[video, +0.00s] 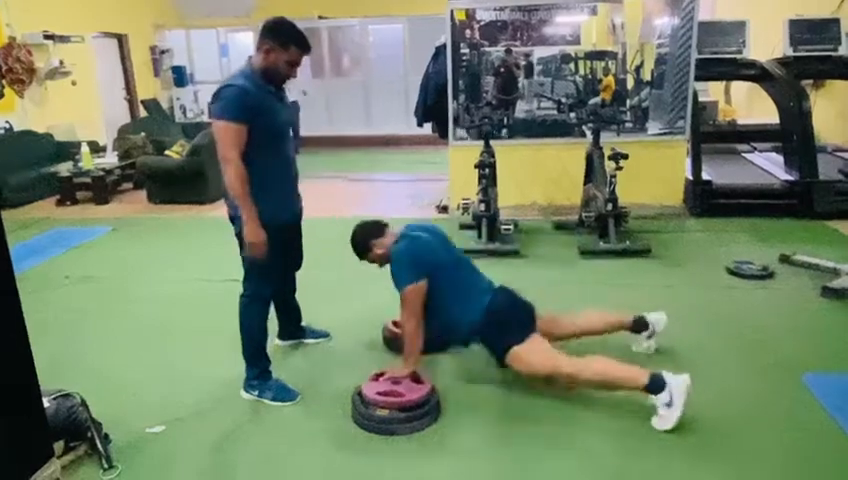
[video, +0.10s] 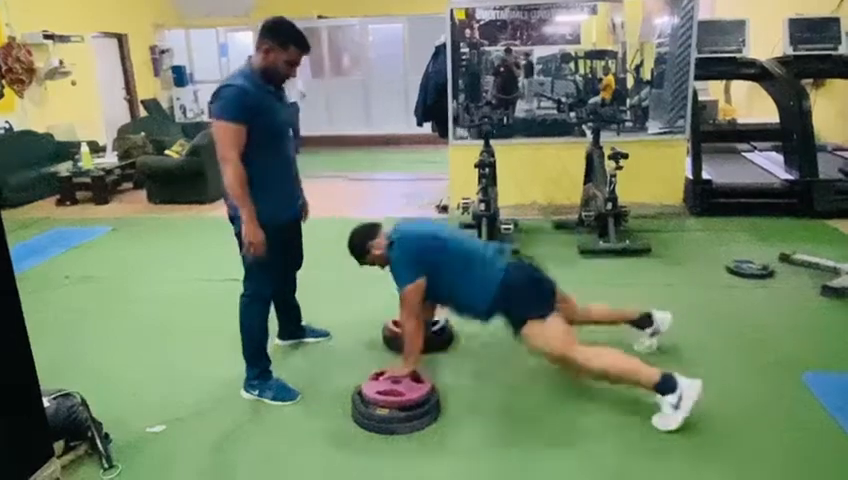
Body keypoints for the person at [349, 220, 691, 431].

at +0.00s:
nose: (378, 264)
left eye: (374, 258)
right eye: (373, 260)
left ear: (376, 246)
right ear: (384, 229)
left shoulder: (405, 256)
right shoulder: (421, 231)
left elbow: (412, 321)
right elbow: (427, 300)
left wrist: (408, 366)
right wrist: (412, 332)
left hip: (493, 322)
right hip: (500, 299)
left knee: (559, 368)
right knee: (557, 327)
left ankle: (661, 385)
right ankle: (642, 323)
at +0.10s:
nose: (377, 264)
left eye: (373, 259)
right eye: (373, 261)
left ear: (374, 247)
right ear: (378, 234)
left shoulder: (403, 252)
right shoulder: (410, 231)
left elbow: (412, 312)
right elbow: (426, 293)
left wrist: (407, 362)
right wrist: (415, 329)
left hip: (510, 292)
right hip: (514, 271)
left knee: (571, 355)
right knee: (576, 313)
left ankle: (672, 387)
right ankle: (647, 320)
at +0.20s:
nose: (395, 267)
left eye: (390, 263)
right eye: (390, 264)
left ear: (391, 250)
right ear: (395, 239)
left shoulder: (417, 250)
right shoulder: (422, 233)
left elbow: (421, 316)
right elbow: (435, 292)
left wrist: (410, 365)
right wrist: (416, 322)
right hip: (536, 237)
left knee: (549, 340)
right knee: (558, 299)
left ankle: (643, 376)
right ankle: (626, 315)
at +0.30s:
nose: (421, 269)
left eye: (416, 265)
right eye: (417, 266)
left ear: (419, 253)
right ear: (420, 242)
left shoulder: (443, 249)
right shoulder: (443, 236)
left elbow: (441, 313)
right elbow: (444, 300)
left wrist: (411, 363)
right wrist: (428, 325)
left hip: (560, 237)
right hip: (557, 223)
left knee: (518, 321)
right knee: (544, 289)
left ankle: (591, 375)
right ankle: (587, 325)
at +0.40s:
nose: (442, 275)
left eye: (438, 270)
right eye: (439, 272)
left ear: (441, 259)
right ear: (445, 248)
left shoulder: (465, 258)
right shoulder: (465, 243)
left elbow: (451, 325)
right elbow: (456, 292)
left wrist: (413, 363)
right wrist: (430, 319)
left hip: (583, 262)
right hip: (578, 248)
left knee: (514, 316)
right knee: (522, 298)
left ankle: (578, 375)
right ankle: (569, 340)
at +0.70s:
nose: (469, 234)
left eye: (466, 227)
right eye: (465, 229)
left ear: (475, 217)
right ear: (481, 209)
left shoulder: (508, 228)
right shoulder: (505, 218)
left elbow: (504, 299)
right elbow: (496, 272)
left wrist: (462, 337)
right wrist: (459, 298)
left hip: (604, 273)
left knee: (531, 315)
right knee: (523, 294)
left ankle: (580, 380)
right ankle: (571, 347)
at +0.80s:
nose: (469, 197)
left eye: (467, 189)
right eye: (464, 191)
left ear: (479, 178)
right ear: (482, 174)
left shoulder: (510, 197)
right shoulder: (507, 184)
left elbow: (529, 262)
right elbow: (524, 241)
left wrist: (506, 314)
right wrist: (501, 274)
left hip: (601, 246)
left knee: (537, 308)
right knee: (531, 288)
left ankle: (581, 382)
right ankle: (572, 346)